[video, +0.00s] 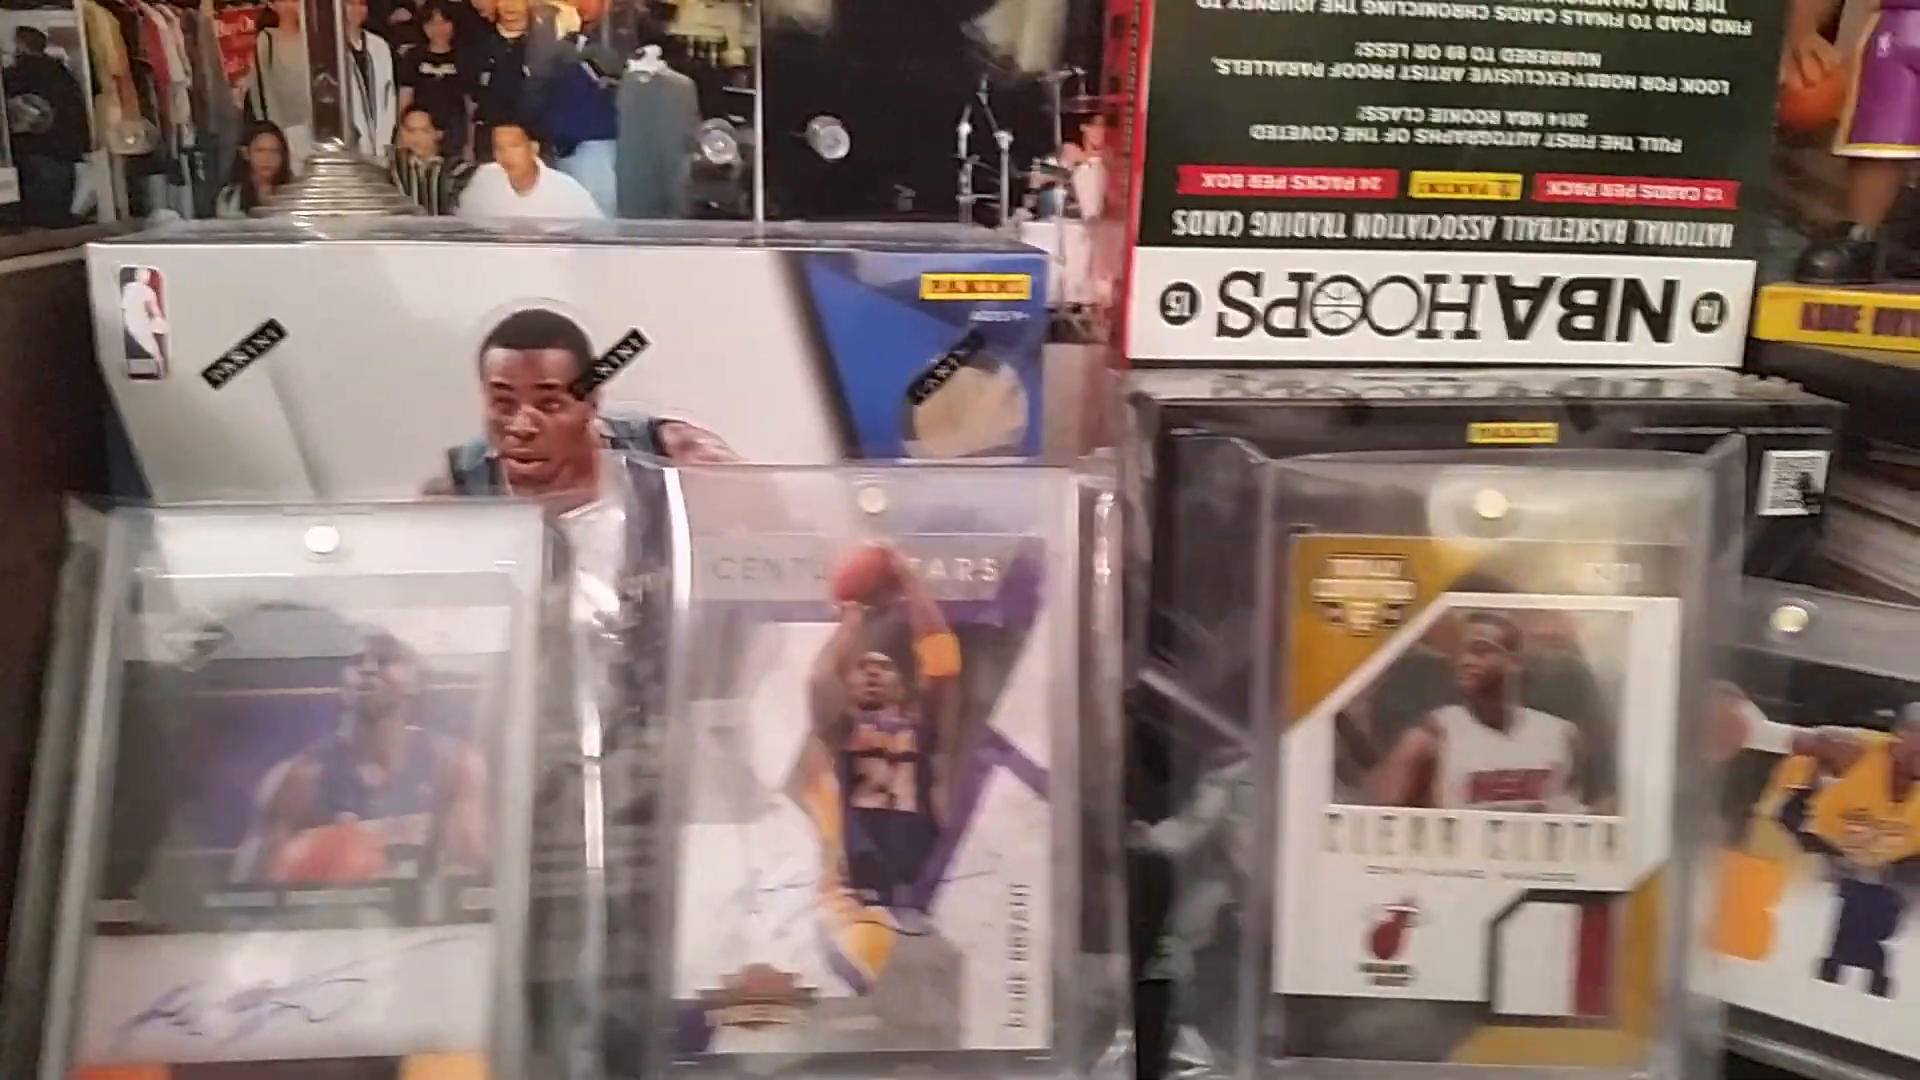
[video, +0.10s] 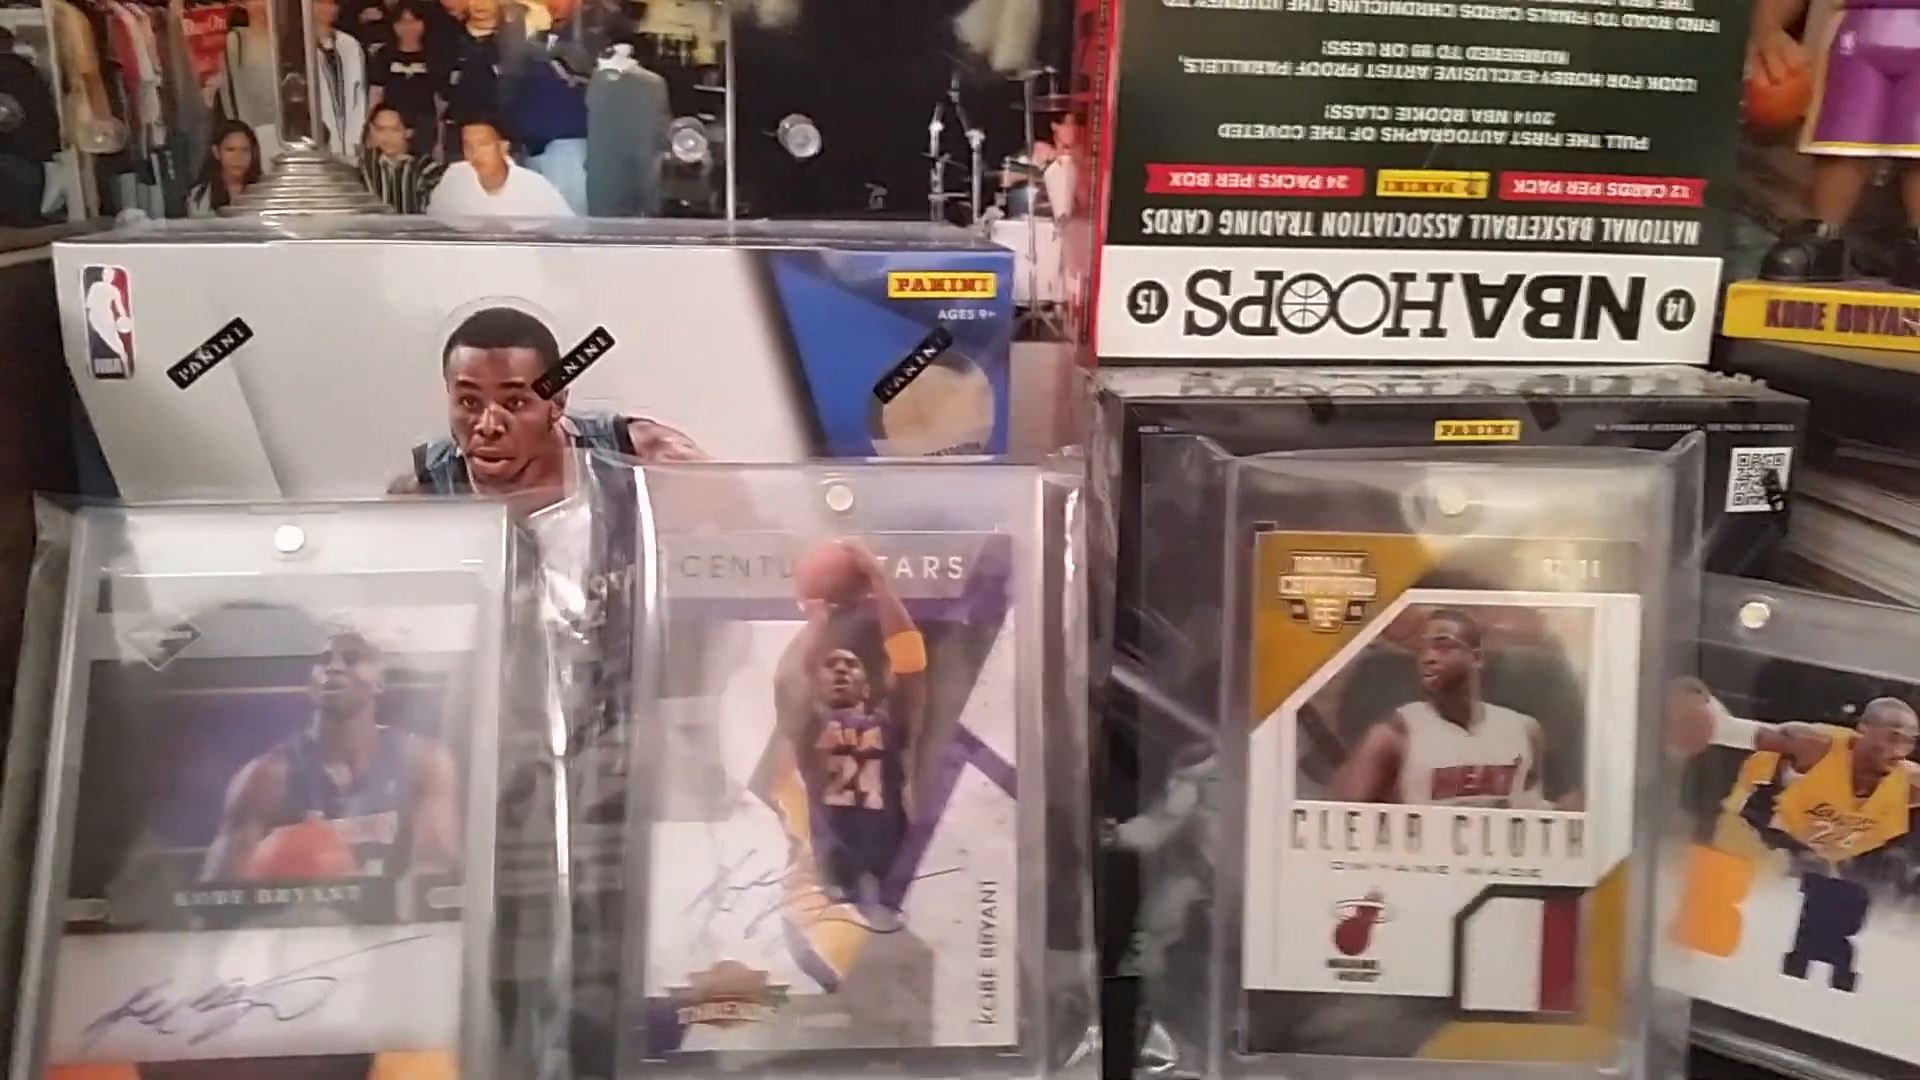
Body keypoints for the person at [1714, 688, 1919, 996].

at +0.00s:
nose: (1912, 750)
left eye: (1916, 743)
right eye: (1909, 740)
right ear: (1898, 735)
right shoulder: (1860, 754)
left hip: (1882, 858)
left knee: (1885, 905)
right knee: (1858, 900)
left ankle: (1876, 967)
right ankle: (1835, 963)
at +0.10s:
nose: (1901, 751)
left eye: (1909, 742)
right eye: (1892, 738)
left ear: (1913, 746)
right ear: (1862, 731)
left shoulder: (1910, 782)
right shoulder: (1817, 746)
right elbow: (1725, 729)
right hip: (1754, 821)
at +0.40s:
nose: (1858, 746)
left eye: (1866, 739)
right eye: (1851, 733)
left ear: (1872, 743)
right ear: (1822, 726)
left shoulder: (1878, 780)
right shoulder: (1777, 741)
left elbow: (1917, 807)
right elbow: (1686, 725)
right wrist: (1656, 709)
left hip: (1778, 851)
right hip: (1718, 823)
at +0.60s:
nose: (1846, 743)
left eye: (1854, 735)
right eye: (1839, 731)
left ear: (1860, 736)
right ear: (1811, 725)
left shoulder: (1865, 776)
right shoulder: (1767, 737)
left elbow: (1914, 803)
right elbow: (1677, 721)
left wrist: (1912, 849)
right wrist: (1646, 701)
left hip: (1761, 851)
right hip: (1706, 819)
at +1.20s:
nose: (1885, 743)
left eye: (1893, 735)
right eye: (1878, 730)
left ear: (1898, 739)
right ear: (1849, 724)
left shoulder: (1899, 777)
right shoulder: (1804, 737)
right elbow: (1712, 721)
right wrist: (1684, 698)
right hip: (1743, 813)